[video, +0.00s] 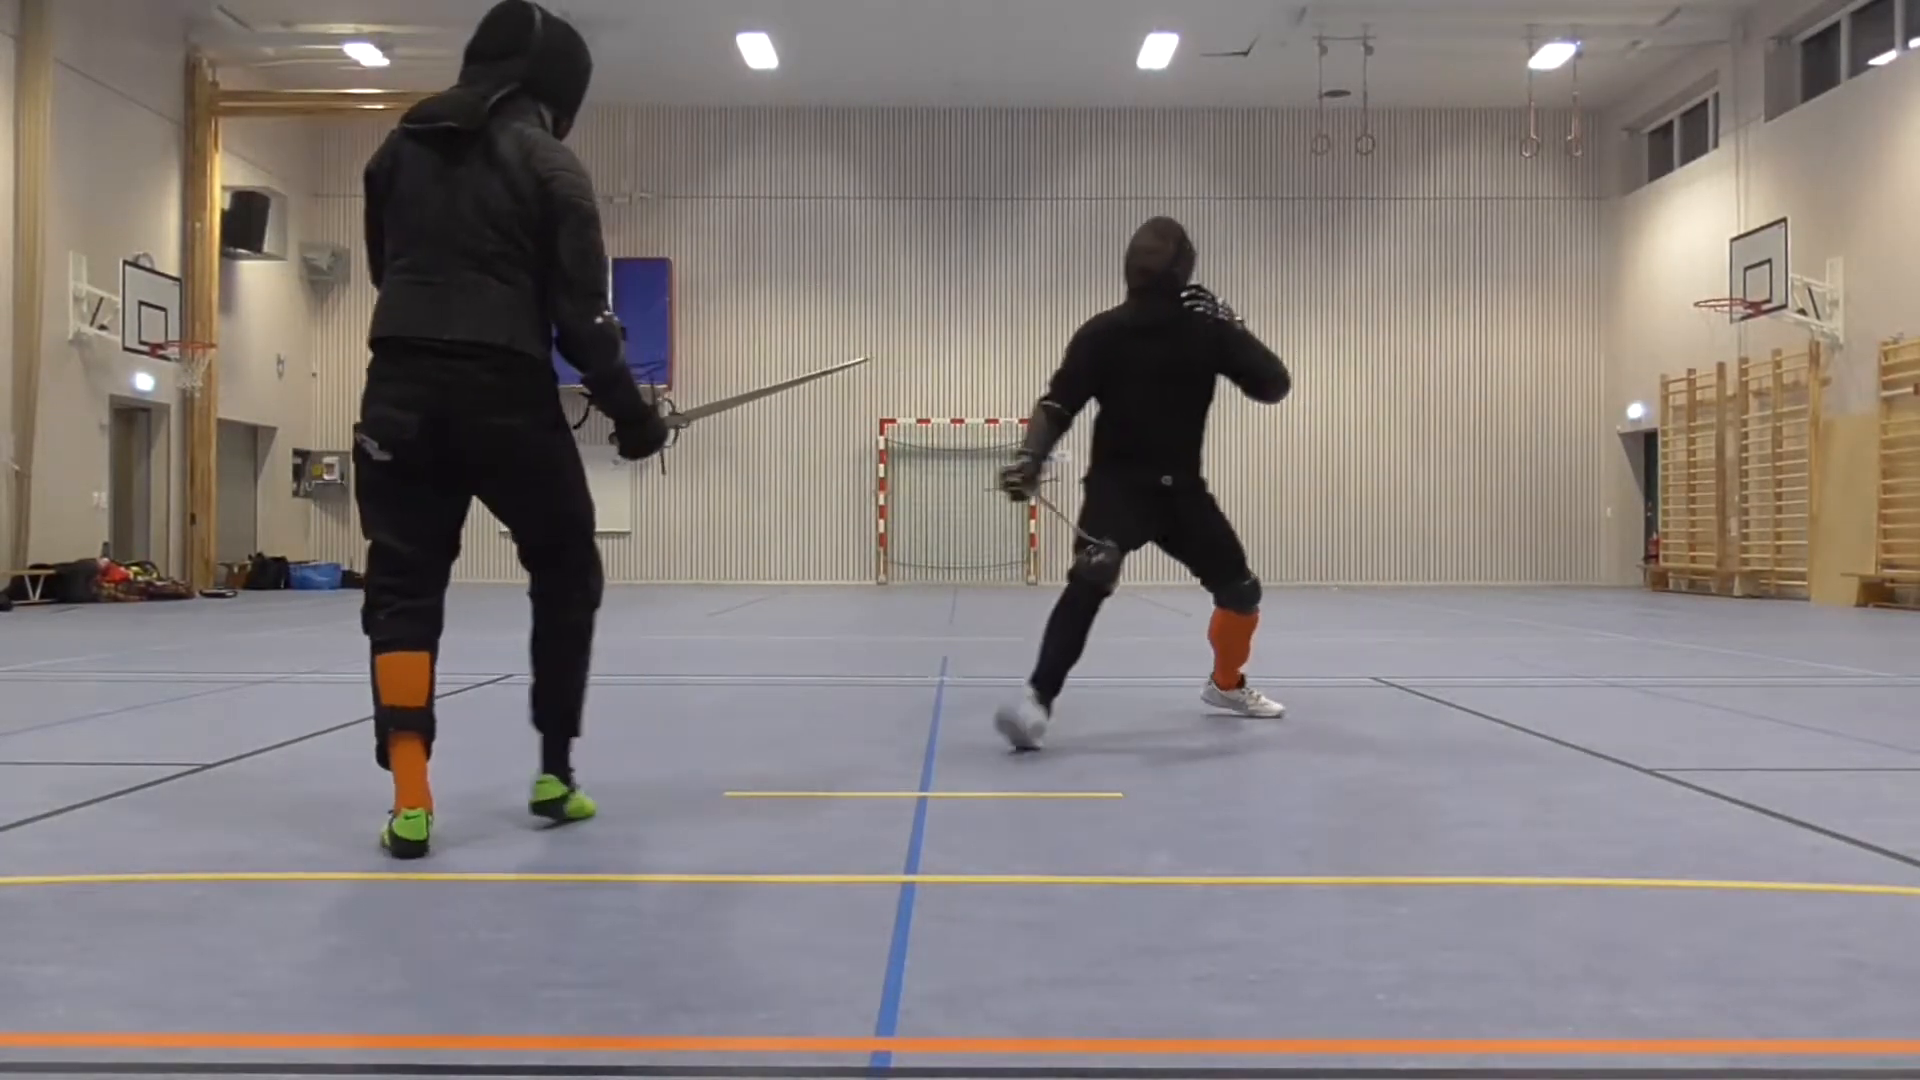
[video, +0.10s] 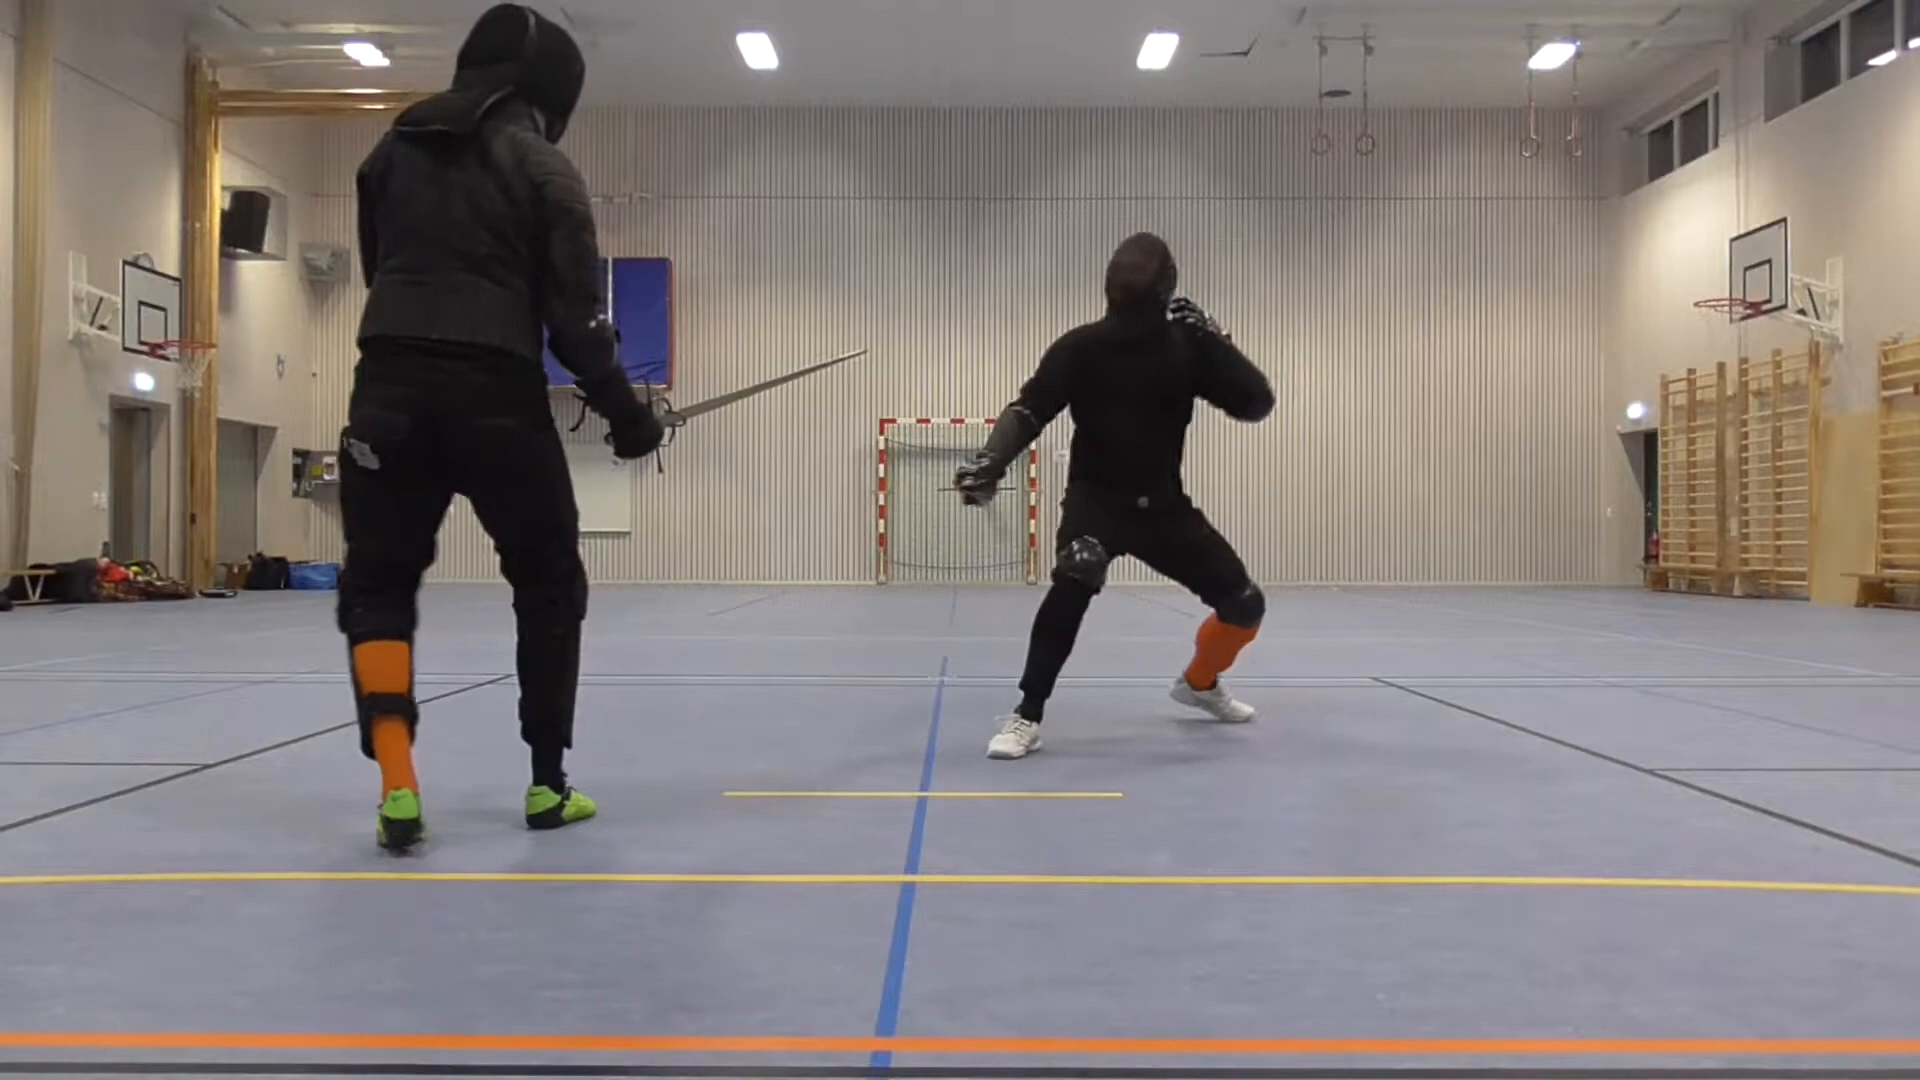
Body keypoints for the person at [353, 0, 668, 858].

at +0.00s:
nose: (571, 111)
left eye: (572, 97)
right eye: (570, 96)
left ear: (480, 68)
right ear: (550, 85)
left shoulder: (398, 152)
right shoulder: (551, 164)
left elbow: (386, 274)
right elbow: (580, 317)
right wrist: (631, 412)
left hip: (401, 395)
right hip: (508, 402)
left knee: (403, 585)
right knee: (565, 565)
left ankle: (409, 804)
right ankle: (553, 772)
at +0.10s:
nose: (564, 113)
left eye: (565, 99)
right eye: (562, 97)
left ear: (472, 70)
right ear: (543, 87)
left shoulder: (391, 154)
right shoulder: (544, 168)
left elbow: (380, 275)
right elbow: (575, 321)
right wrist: (626, 410)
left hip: (390, 392)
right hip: (498, 400)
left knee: (378, 579)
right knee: (549, 578)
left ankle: (398, 789)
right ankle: (548, 782)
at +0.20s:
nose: (550, 115)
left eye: (550, 100)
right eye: (548, 100)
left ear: (456, 77)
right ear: (527, 92)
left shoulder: (373, 160)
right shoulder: (528, 173)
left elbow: (366, 277)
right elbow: (564, 326)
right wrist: (624, 414)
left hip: (373, 401)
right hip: (484, 407)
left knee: (342, 577)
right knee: (552, 578)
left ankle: (324, 776)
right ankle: (548, 783)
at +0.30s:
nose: (522, 123)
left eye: (523, 109)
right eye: (520, 108)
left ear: (427, 82)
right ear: (499, 99)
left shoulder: (345, 169)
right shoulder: (500, 183)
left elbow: (339, 279)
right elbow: (537, 332)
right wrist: (598, 419)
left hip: (345, 412)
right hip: (452, 419)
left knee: (300, 592)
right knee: (539, 583)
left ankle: (215, 778)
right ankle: (545, 785)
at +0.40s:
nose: (492, 122)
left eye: (493, 108)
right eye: (490, 107)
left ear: (395, 84)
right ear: (465, 98)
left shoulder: (308, 172)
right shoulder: (460, 184)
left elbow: (308, 288)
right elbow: (493, 338)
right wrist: (555, 422)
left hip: (301, 419)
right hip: (411, 427)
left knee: (256, 604)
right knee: (511, 586)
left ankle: (187, 812)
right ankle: (542, 785)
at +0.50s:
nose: (454, 113)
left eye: (456, 97)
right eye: (453, 96)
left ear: (358, 73)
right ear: (427, 89)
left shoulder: (267, 154)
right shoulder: (423, 173)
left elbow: (248, 256)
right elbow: (447, 330)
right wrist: (520, 426)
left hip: (258, 410)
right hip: (372, 417)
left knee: (232, 604)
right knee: (467, 593)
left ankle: (179, 823)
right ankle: (534, 784)